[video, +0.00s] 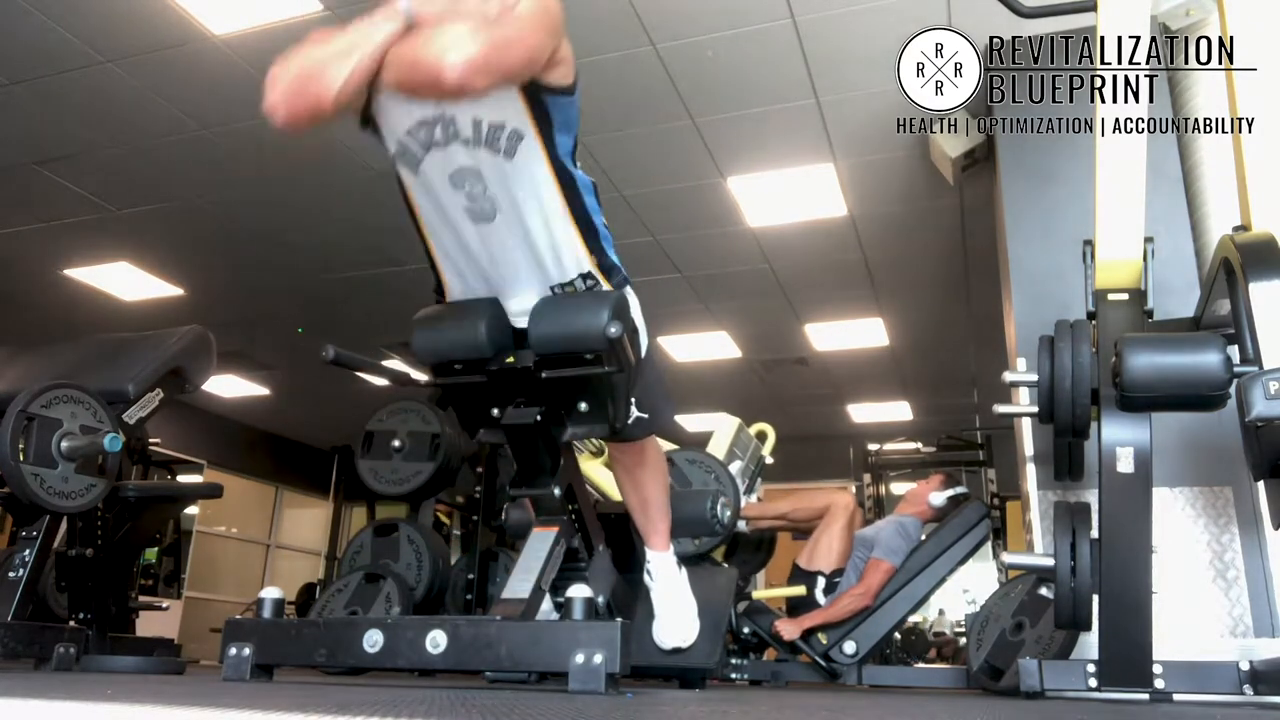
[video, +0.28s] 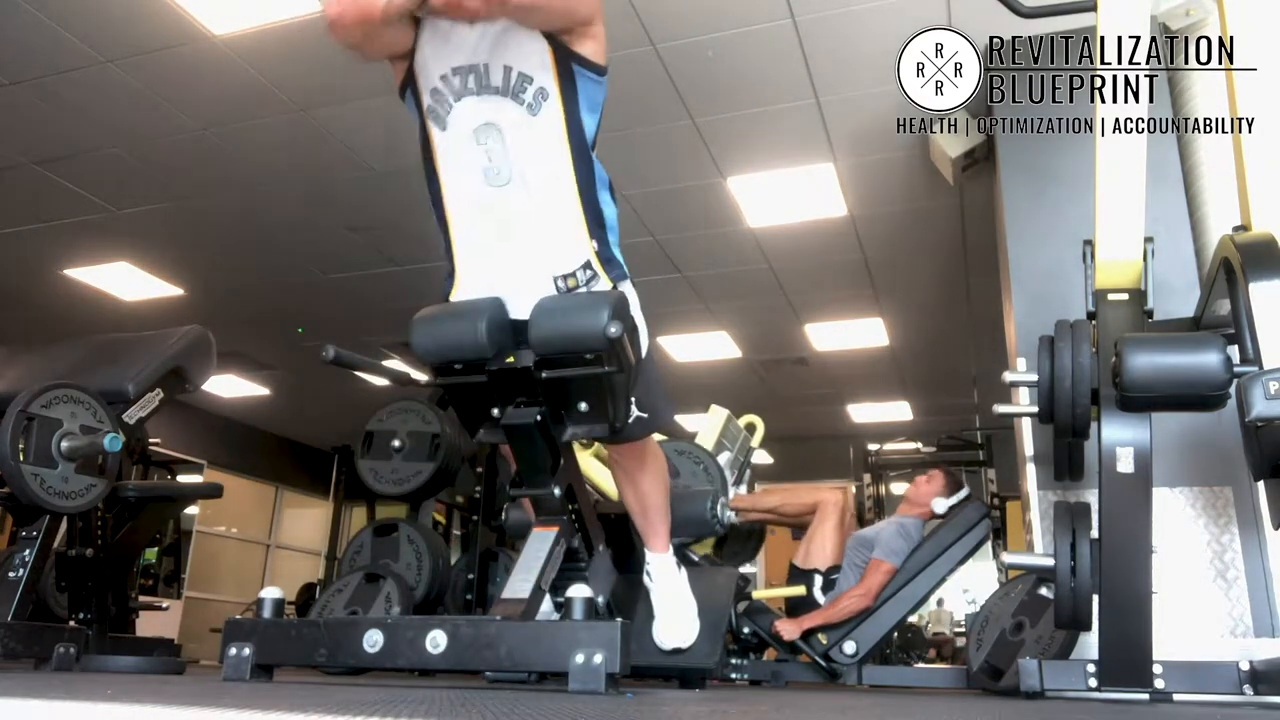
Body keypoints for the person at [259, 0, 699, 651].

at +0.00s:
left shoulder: (534, 12)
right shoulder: (369, 46)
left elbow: (458, 67)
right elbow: (283, 101)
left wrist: (357, 56)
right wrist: (399, 13)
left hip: (579, 284)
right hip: (479, 303)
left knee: (631, 426)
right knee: (520, 442)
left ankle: (661, 564)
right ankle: (547, 538)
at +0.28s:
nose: (467, 4)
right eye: (456, 1)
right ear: (444, 2)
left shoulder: (577, 15)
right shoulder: (418, 39)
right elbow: (342, 14)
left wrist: (425, 4)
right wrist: (424, 0)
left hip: (585, 271)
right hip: (480, 282)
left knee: (629, 427)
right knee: (515, 436)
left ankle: (661, 564)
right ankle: (545, 549)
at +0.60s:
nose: (473, 4)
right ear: (445, 1)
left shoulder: (577, 13)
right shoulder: (418, 41)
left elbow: (485, 6)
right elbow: (344, 12)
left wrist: (420, 1)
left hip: (585, 273)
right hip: (480, 285)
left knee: (629, 428)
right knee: (514, 438)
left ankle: (660, 565)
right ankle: (544, 551)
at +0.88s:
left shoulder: (536, 12)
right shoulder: (363, 42)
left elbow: (466, 77)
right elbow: (286, 107)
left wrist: (358, 55)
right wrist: (404, 20)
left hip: (577, 284)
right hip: (478, 303)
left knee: (628, 426)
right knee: (519, 437)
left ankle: (660, 560)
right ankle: (549, 535)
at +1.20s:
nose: (325, 127)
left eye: (343, 101)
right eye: (307, 107)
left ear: (398, 73)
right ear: (292, 100)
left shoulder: (490, 141)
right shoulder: (297, 189)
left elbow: (461, 318)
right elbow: (287, 346)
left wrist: (345, 267)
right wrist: (385, 250)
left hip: (568, 300)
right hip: (467, 330)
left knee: (624, 411)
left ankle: (662, 563)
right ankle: (548, 530)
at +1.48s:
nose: (327, 300)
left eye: (342, 279)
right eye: (311, 283)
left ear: (394, 226)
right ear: (292, 257)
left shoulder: (496, 244)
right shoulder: (304, 291)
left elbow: (495, 447)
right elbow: (325, 463)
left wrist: (367, 381)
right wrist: (417, 396)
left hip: (574, 301)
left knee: (632, 426)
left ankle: (662, 560)